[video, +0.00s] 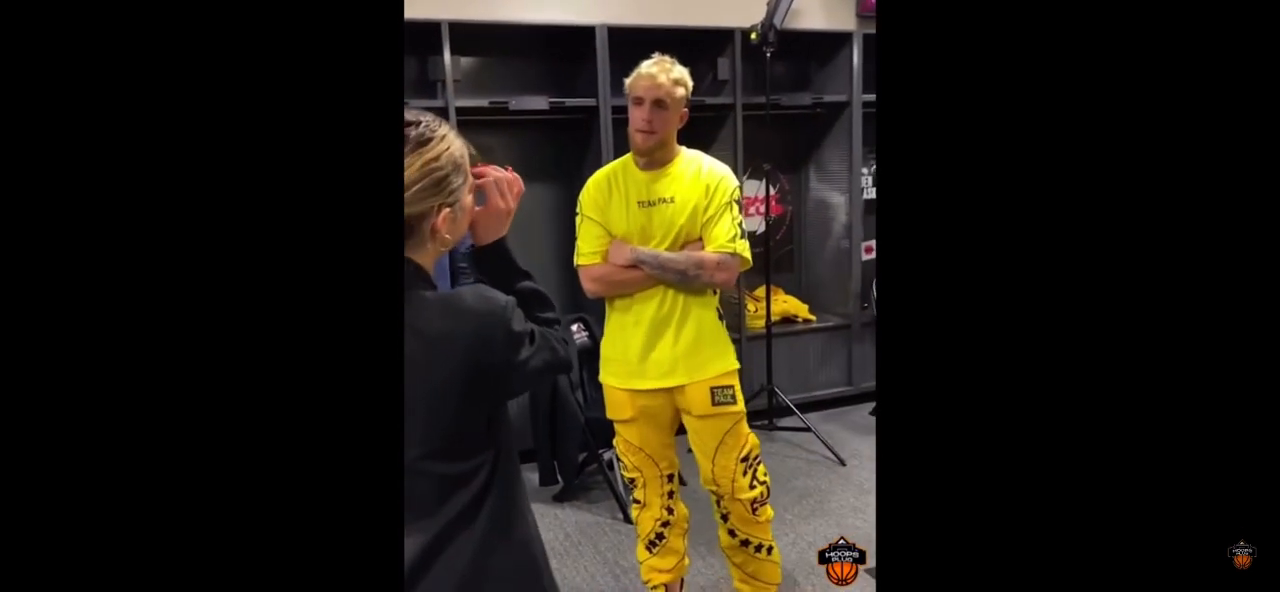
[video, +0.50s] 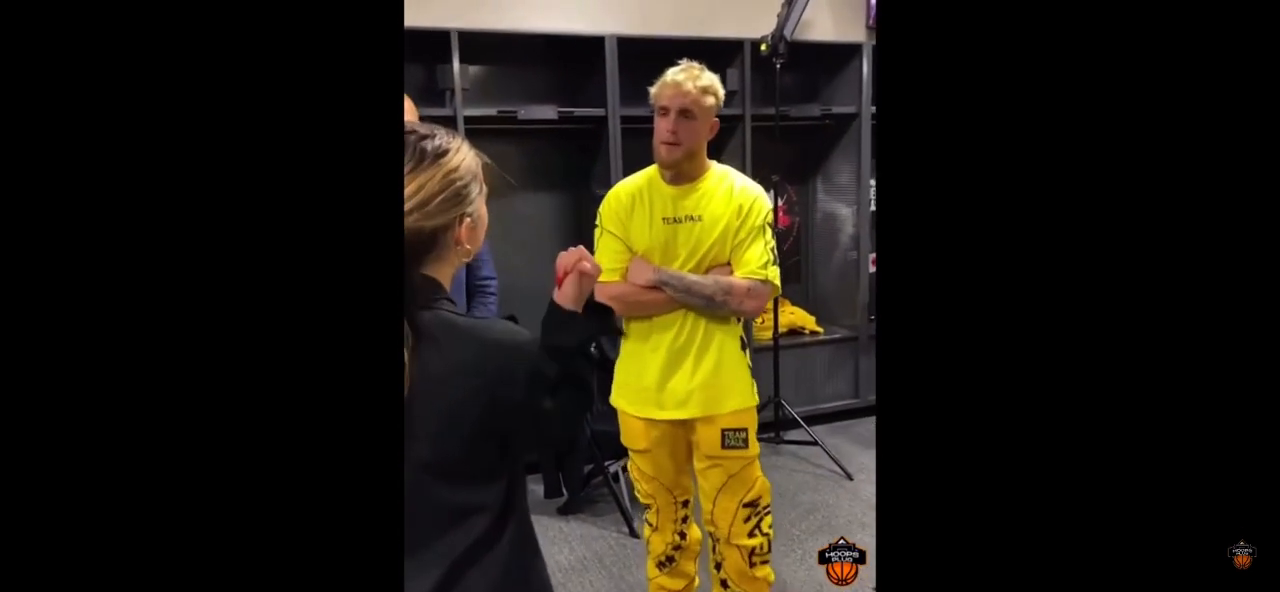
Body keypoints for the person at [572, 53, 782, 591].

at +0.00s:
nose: (645, 117)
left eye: (659, 106)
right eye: (637, 104)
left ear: (682, 116)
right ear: (626, 110)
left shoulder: (712, 177)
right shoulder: (600, 187)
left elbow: (726, 269)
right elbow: (593, 281)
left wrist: (634, 254)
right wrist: (681, 265)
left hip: (703, 360)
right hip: (628, 368)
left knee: (738, 491)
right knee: (651, 501)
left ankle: (759, 583)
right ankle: (662, 583)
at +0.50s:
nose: (668, 128)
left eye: (684, 116)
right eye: (661, 113)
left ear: (713, 126)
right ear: (651, 119)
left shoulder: (746, 198)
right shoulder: (621, 200)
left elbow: (752, 298)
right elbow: (611, 298)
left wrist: (653, 274)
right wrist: (705, 288)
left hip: (722, 390)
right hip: (643, 392)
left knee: (741, 539)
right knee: (665, 541)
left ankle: (745, 585)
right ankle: (670, 587)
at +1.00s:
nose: (680, 141)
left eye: (698, 129)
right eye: (676, 126)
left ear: (734, 141)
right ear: (667, 129)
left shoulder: (767, 217)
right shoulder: (641, 209)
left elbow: (757, 332)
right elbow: (617, 317)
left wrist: (661, 294)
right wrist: (714, 312)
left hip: (726, 420)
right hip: (645, 411)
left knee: (728, 556)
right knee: (625, 536)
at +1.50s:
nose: (682, 144)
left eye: (700, 133)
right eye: (678, 128)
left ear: (738, 143)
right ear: (670, 128)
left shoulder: (770, 220)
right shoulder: (642, 206)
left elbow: (759, 340)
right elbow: (616, 314)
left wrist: (661, 297)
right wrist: (714, 315)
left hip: (722, 418)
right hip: (642, 407)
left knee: (719, 550)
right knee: (623, 524)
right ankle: (644, 586)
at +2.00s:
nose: (701, 118)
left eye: (720, 106)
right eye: (696, 102)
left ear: (755, 117)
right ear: (687, 105)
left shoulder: (789, 191)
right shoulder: (657, 188)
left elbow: (785, 305)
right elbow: (637, 297)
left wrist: (683, 273)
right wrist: (741, 287)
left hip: (757, 401)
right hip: (668, 399)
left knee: (780, 556)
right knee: (665, 558)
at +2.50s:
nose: (690, 113)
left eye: (707, 98)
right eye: (683, 96)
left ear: (738, 108)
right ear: (673, 100)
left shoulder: (775, 182)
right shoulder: (644, 184)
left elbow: (781, 288)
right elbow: (629, 289)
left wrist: (675, 261)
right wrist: (734, 275)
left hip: (750, 389)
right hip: (664, 392)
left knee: (786, 544)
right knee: (687, 548)